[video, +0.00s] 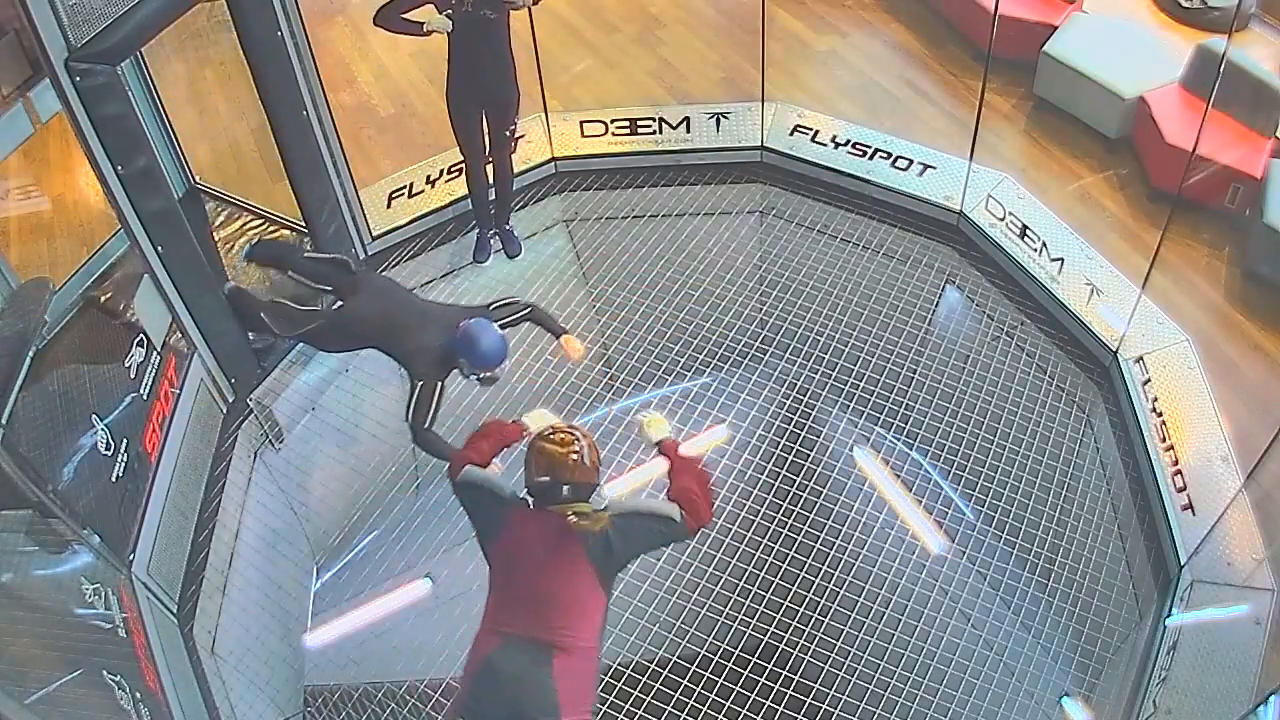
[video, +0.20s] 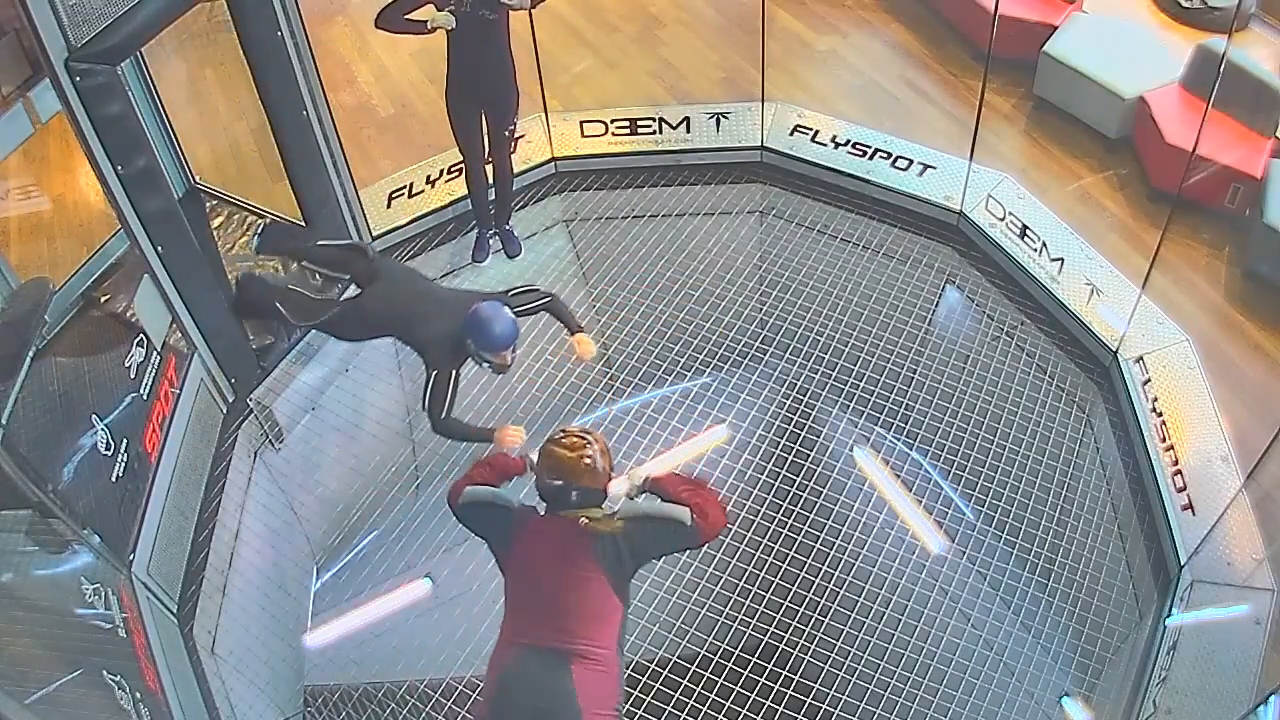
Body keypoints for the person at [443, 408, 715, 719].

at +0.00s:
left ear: (531, 478)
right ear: (594, 483)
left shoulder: (504, 519)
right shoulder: (609, 534)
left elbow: (464, 463)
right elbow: (694, 513)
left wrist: (515, 427)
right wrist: (674, 448)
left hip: (490, 677)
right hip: (563, 688)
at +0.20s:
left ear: (541, 484)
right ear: (606, 487)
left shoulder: (515, 527)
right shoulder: (623, 537)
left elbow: (462, 494)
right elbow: (712, 519)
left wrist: (514, 460)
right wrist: (653, 480)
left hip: (511, 691)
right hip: (587, 693)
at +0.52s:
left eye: (592, 450)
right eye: (602, 454)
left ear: (549, 488)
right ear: (615, 482)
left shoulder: (527, 533)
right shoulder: (636, 531)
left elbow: (476, 498)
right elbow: (724, 507)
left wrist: (533, 459)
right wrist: (689, 450)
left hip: (535, 692)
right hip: (612, 694)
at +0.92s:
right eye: (607, 458)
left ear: (545, 484)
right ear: (612, 484)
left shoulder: (521, 527)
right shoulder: (631, 527)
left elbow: (462, 493)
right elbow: (713, 503)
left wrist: (524, 458)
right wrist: (646, 468)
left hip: (537, 683)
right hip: (615, 684)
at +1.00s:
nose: (576, 436)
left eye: (586, 440)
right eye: (569, 438)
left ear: (542, 480)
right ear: (606, 483)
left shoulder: (514, 524)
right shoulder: (626, 524)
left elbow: (456, 490)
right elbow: (707, 504)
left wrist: (521, 455)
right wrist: (638, 469)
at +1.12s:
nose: (566, 433)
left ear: (534, 477)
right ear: (598, 479)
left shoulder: (507, 519)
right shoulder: (615, 525)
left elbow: (458, 480)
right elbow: (695, 511)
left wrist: (517, 449)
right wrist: (639, 466)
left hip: (520, 699)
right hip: (602, 697)